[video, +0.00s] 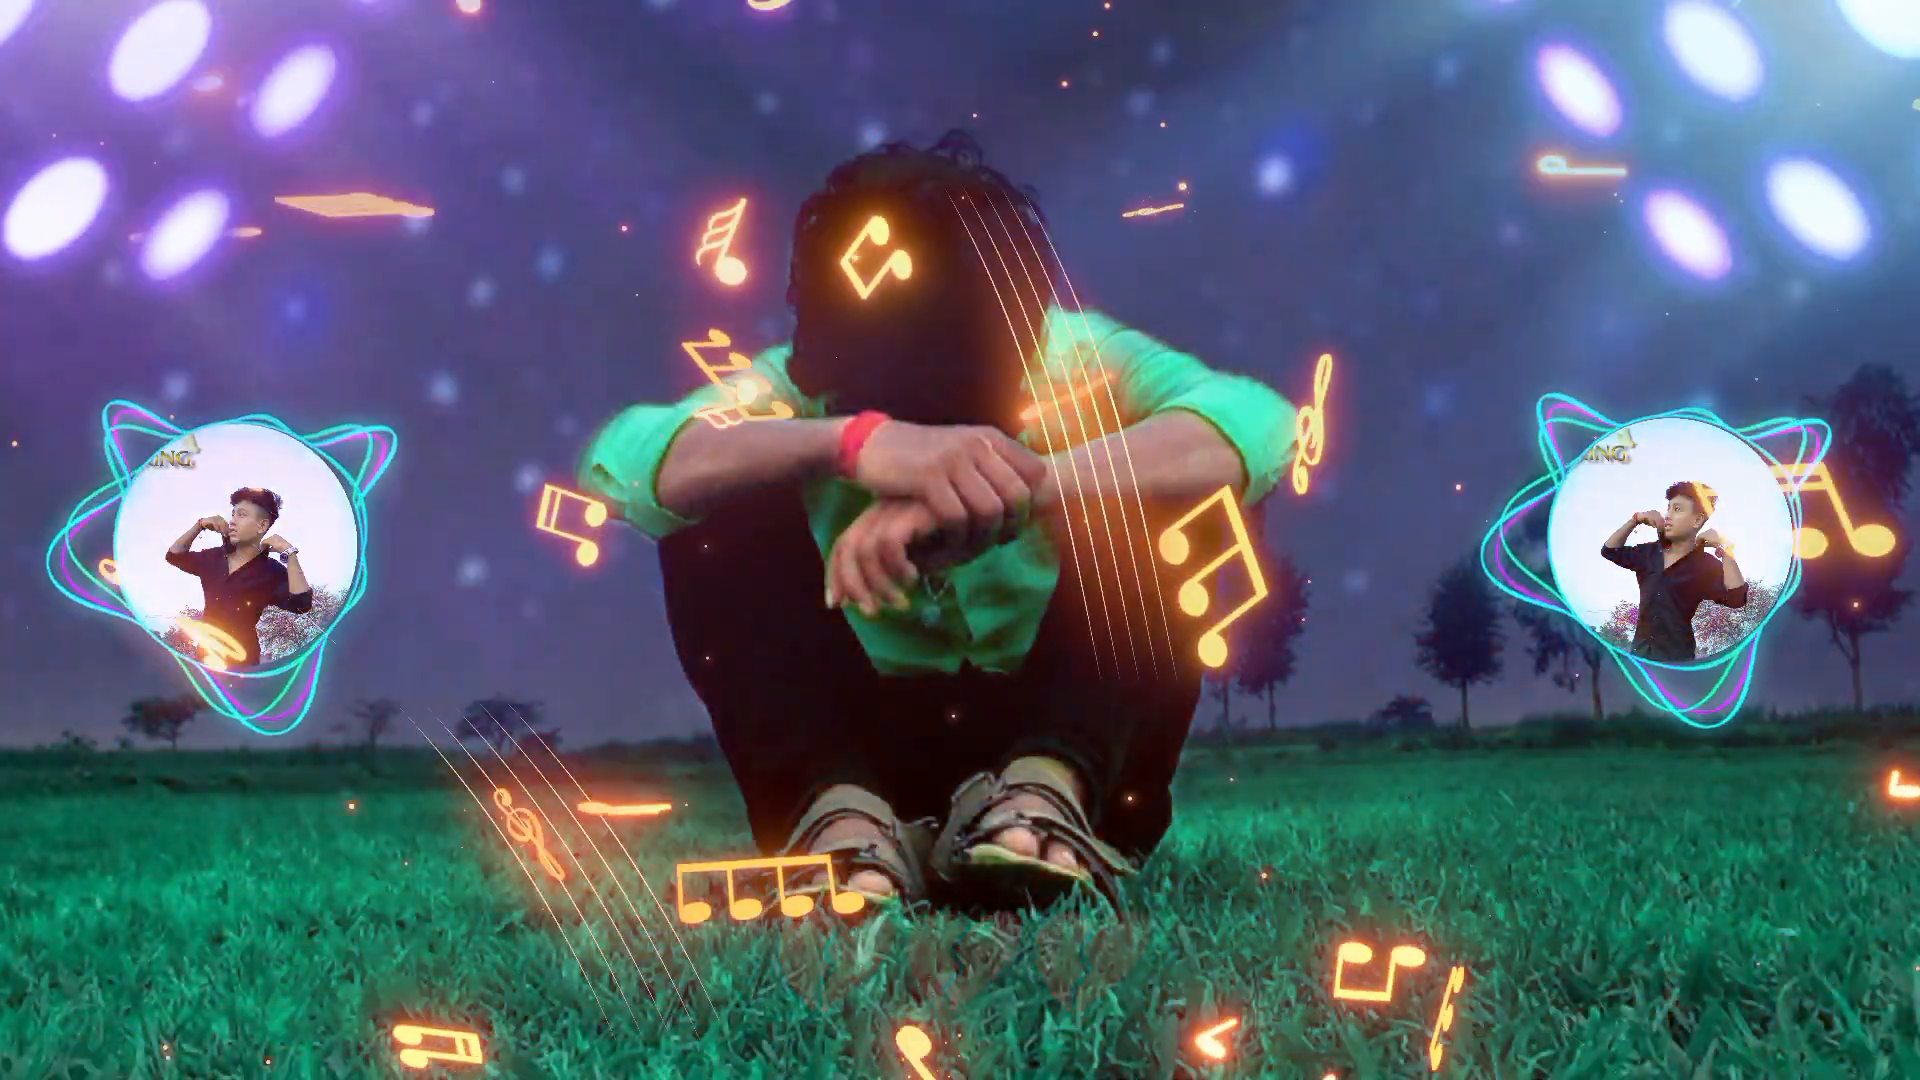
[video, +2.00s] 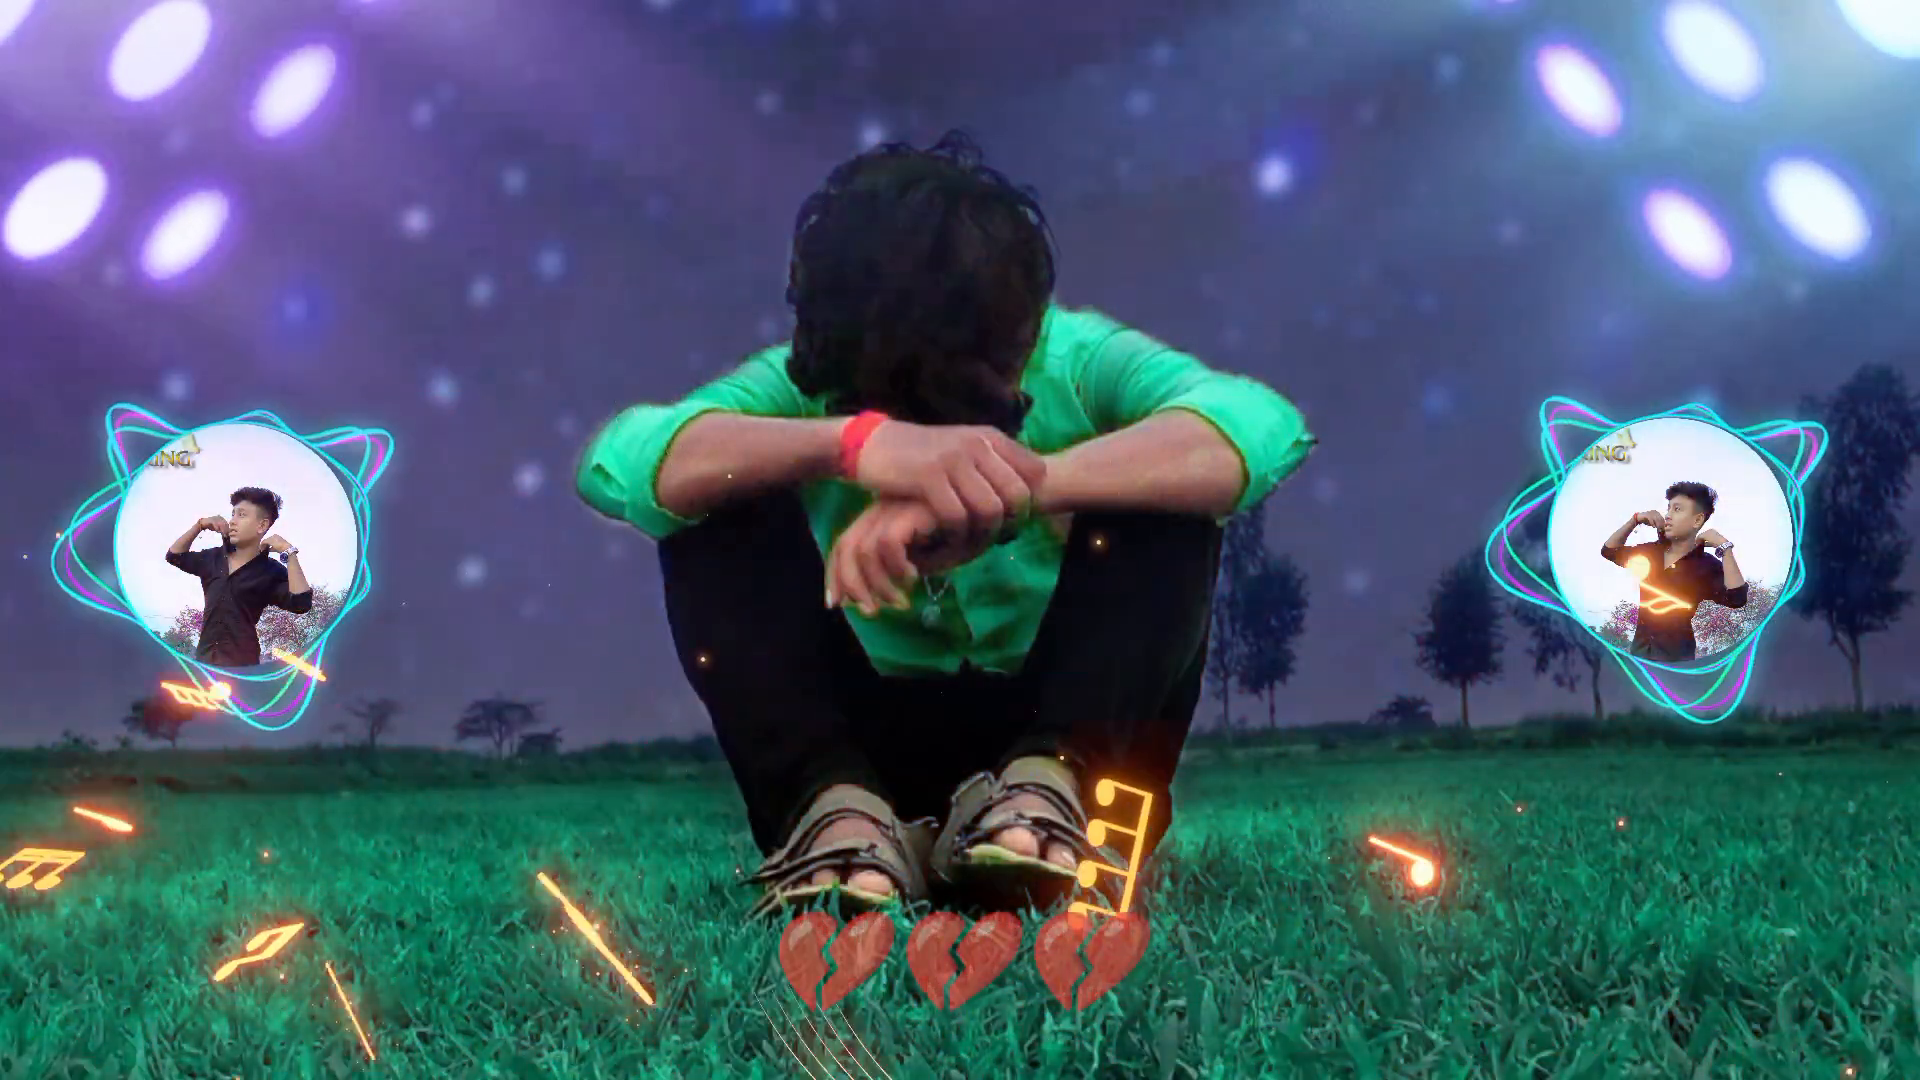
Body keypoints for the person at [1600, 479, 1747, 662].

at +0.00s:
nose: (1668, 515)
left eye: (1678, 509)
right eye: (1669, 508)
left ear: (1699, 520)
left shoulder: (1705, 565)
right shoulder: (1648, 553)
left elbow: (1737, 600)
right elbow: (1609, 551)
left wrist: (1725, 548)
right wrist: (1633, 521)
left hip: (1678, 659)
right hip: (1640, 654)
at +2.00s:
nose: (1667, 515)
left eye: (1677, 509)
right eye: (1669, 509)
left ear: (1698, 520)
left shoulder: (1706, 565)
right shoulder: (1651, 552)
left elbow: (1737, 600)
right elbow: (1609, 551)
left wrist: (1725, 547)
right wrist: (1634, 521)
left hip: (1677, 655)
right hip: (1640, 650)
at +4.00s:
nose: (1667, 515)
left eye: (1677, 509)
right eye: (1668, 509)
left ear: (1698, 520)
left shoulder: (1705, 564)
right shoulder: (1647, 553)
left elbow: (1737, 599)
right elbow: (1609, 551)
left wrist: (1725, 547)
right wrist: (1634, 520)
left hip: (1677, 658)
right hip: (1639, 653)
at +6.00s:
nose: (1667, 515)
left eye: (1677, 509)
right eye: (1668, 508)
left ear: (1698, 520)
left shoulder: (1705, 564)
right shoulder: (1647, 553)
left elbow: (1737, 599)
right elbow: (1609, 551)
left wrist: (1725, 547)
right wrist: (1634, 520)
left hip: (1677, 658)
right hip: (1639, 654)